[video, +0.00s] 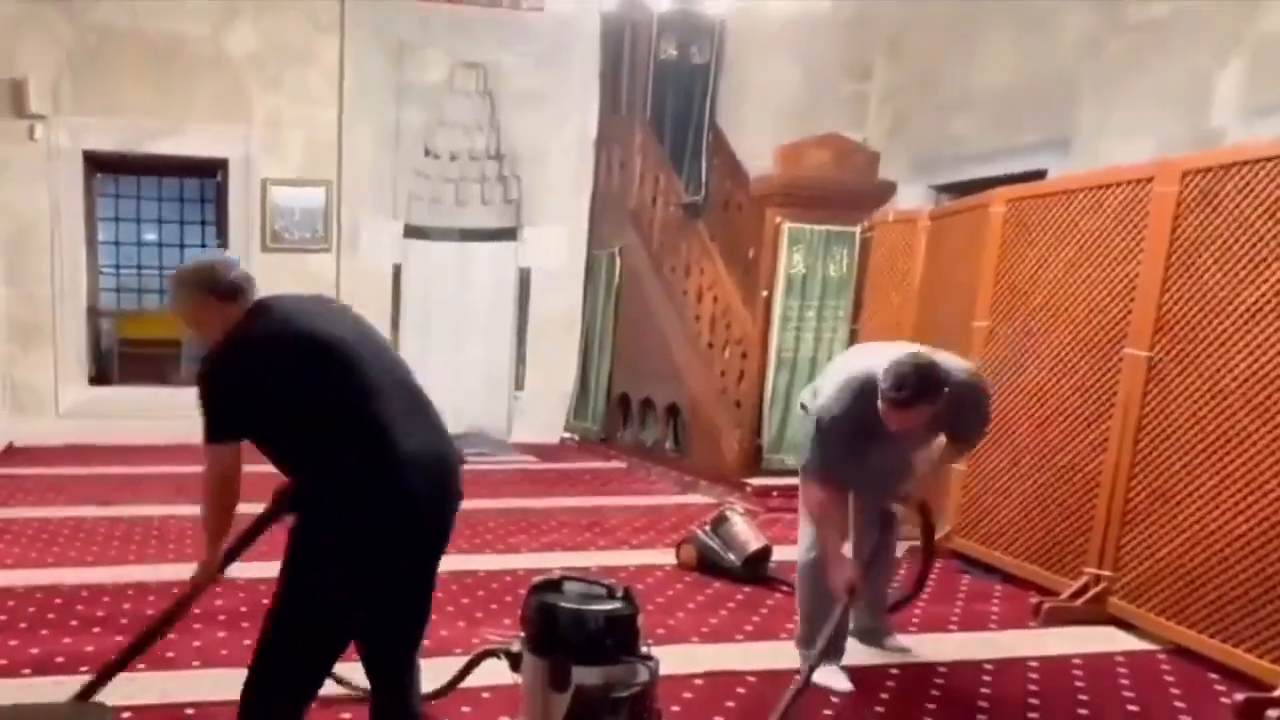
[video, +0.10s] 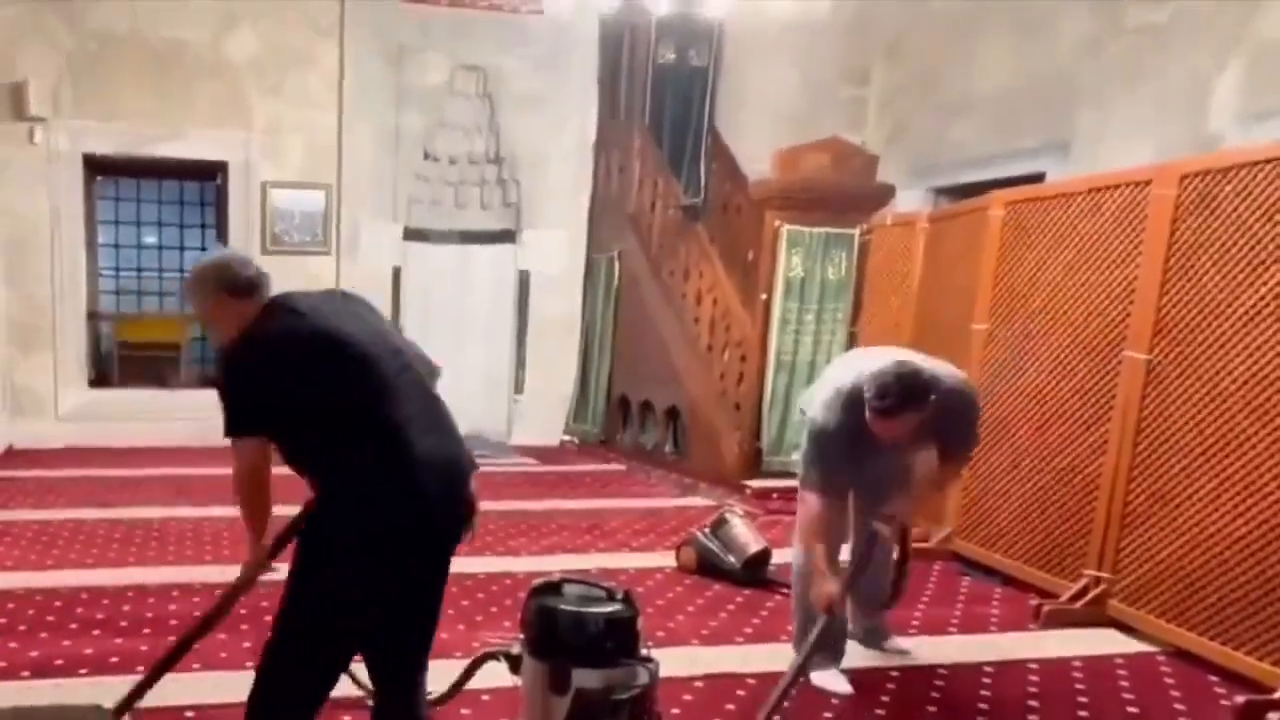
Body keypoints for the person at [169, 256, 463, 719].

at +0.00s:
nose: (195, 335)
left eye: (192, 322)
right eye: (188, 324)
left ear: (209, 307)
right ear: (243, 291)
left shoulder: (227, 364)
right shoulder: (315, 311)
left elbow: (223, 479)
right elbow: (361, 401)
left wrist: (211, 556)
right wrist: (304, 477)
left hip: (354, 501)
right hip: (433, 481)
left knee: (286, 666)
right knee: (393, 656)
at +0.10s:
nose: (209, 335)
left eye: (206, 321)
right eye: (203, 323)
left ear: (221, 306)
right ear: (259, 288)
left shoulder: (245, 357)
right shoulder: (340, 304)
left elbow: (252, 468)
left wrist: (258, 541)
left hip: (363, 505)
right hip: (443, 492)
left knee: (295, 667)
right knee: (400, 666)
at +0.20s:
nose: (216, 332)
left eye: (214, 317)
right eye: (210, 320)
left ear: (238, 298)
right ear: (269, 286)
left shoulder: (252, 352)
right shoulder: (348, 298)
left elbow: (276, 472)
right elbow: (443, 343)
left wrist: (300, 536)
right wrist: (421, 432)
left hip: (374, 495)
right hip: (451, 479)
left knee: (305, 664)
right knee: (404, 658)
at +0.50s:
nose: (208, 338)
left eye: (207, 322)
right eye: (201, 326)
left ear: (241, 301)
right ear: (251, 298)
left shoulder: (257, 359)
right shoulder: (343, 304)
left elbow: (282, 489)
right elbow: (442, 318)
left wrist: (297, 545)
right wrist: (435, 412)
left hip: (381, 509)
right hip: (455, 489)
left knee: (321, 671)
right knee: (409, 665)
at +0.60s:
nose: (200, 352)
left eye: (199, 337)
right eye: (193, 341)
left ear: (233, 312)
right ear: (243, 309)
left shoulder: (250, 376)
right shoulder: (336, 312)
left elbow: (263, 504)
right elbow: (431, 318)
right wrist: (425, 407)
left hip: (377, 519)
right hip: (450, 497)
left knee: (318, 682)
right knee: (401, 671)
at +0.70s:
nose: (185, 366)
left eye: (185, 351)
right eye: (177, 356)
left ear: (218, 324)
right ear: (226, 322)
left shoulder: (240, 393)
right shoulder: (321, 320)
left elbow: (233, 531)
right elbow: (418, 317)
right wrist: (407, 405)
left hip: (370, 532)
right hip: (441, 508)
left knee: (305, 695)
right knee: (388, 678)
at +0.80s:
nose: (155, 385)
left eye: (156, 368)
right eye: (148, 373)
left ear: (193, 341)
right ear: (200, 335)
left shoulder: (217, 410)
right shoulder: (297, 326)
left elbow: (199, 550)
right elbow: (395, 315)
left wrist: (153, 676)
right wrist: (392, 394)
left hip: (362, 543)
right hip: (429, 511)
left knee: (289, 699)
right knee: (375, 683)